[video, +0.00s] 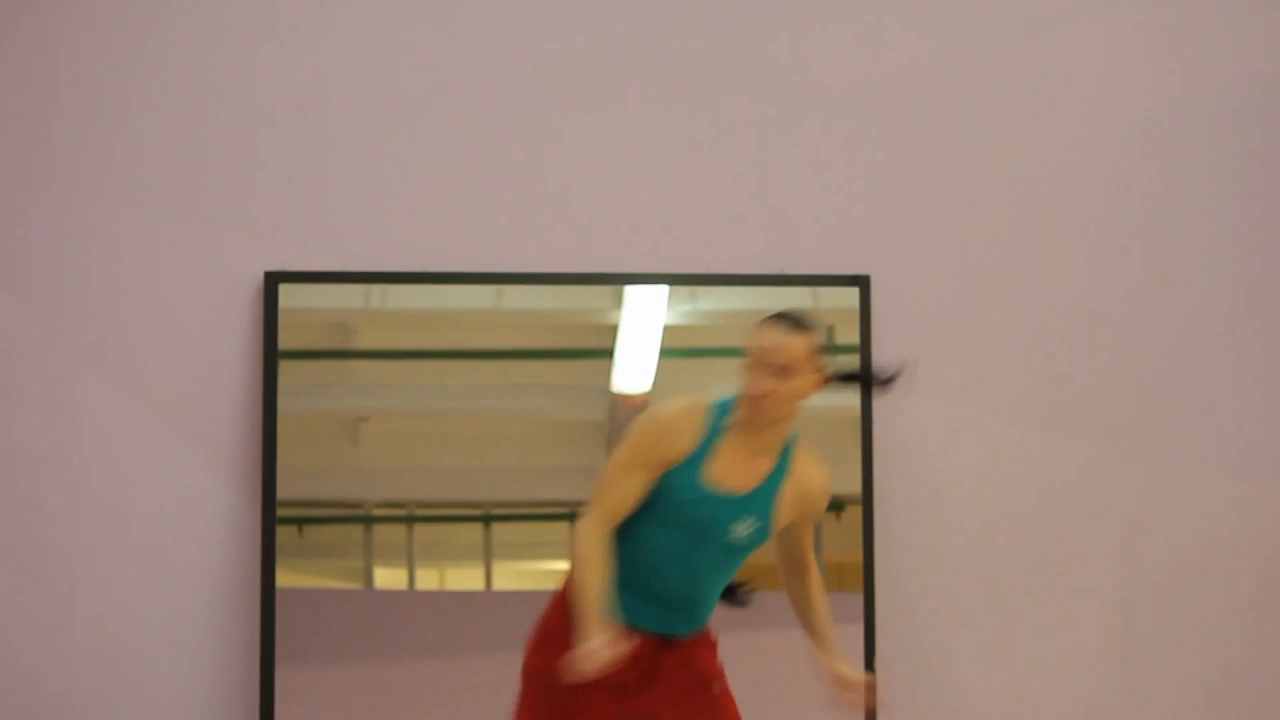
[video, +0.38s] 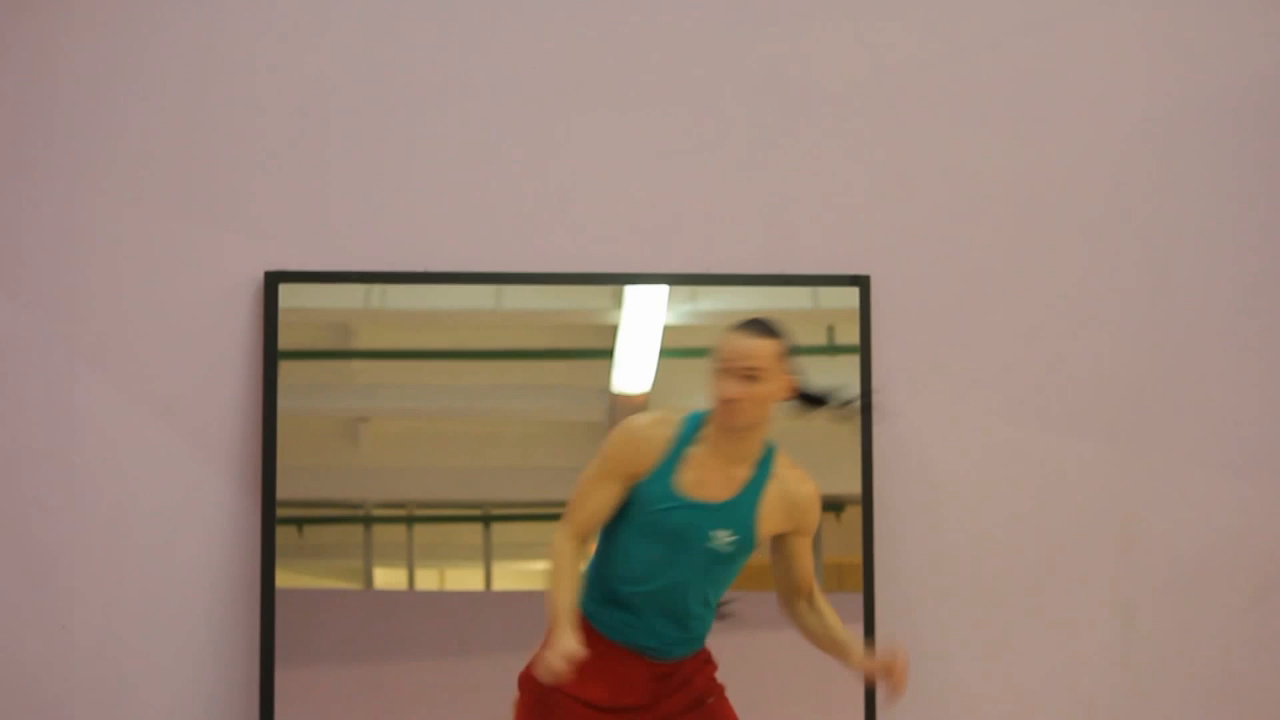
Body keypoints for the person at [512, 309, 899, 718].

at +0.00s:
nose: (758, 383)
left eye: (779, 372)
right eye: (753, 365)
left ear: (816, 381)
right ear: (742, 363)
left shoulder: (805, 483)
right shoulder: (674, 426)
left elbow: (799, 570)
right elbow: (593, 524)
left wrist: (832, 659)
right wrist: (595, 629)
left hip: (678, 656)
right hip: (586, 636)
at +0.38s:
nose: (728, 389)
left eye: (748, 377)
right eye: (722, 373)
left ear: (785, 386)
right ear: (710, 375)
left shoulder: (791, 494)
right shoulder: (643, 440)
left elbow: (802, 598)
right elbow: (570, 534)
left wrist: (859, 658)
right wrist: (563, 629)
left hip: (680, 683)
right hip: (585, 666)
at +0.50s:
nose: (703, 386)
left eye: (723, 373)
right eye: (694, 368)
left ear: (759, 381)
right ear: (683, 371)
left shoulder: (782, 488)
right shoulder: (624, 439)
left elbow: (795, 606)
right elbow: (562, 534)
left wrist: (851, 617)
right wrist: (547, 603)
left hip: (678, 686)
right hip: (577, 664)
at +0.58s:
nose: (682, 377)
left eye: (701, 362)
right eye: (673, 359)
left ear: (740, 366)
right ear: (663, 360)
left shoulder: (768, 470)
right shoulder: (619, 427)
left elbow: (789, 606)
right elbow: (568, 524)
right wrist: (548, 571)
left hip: (678, 681)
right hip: (582, 656)